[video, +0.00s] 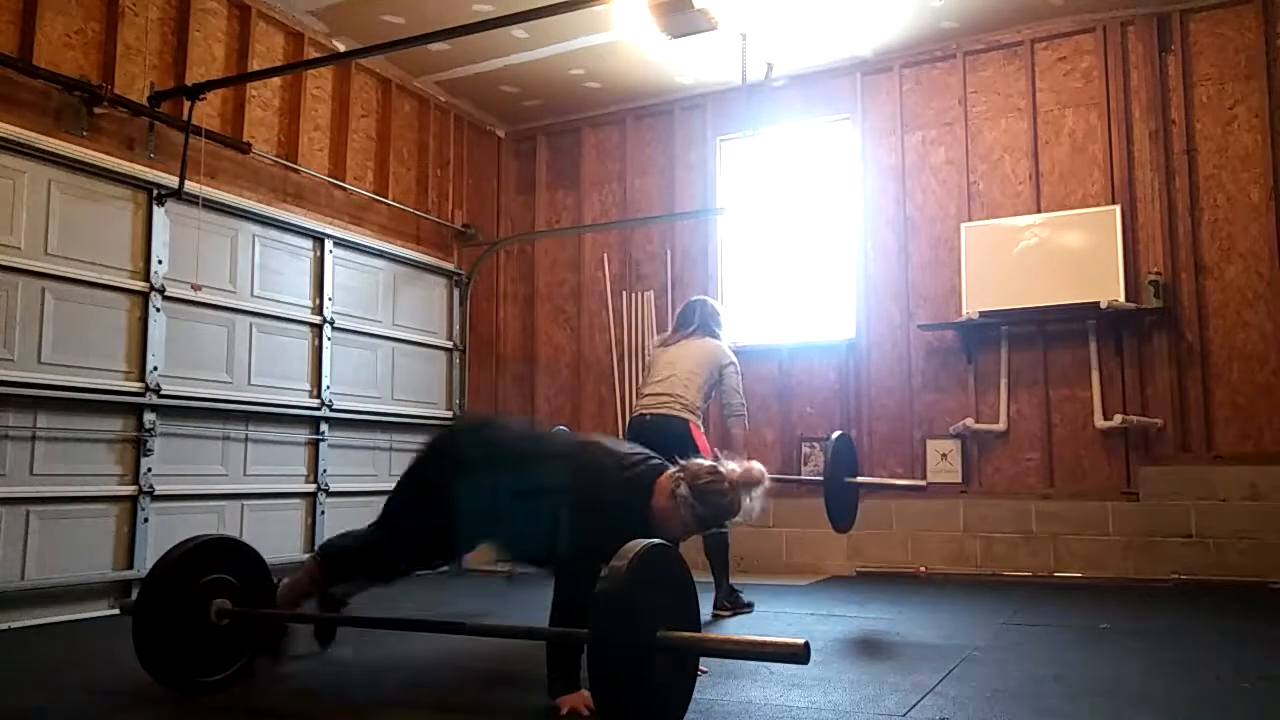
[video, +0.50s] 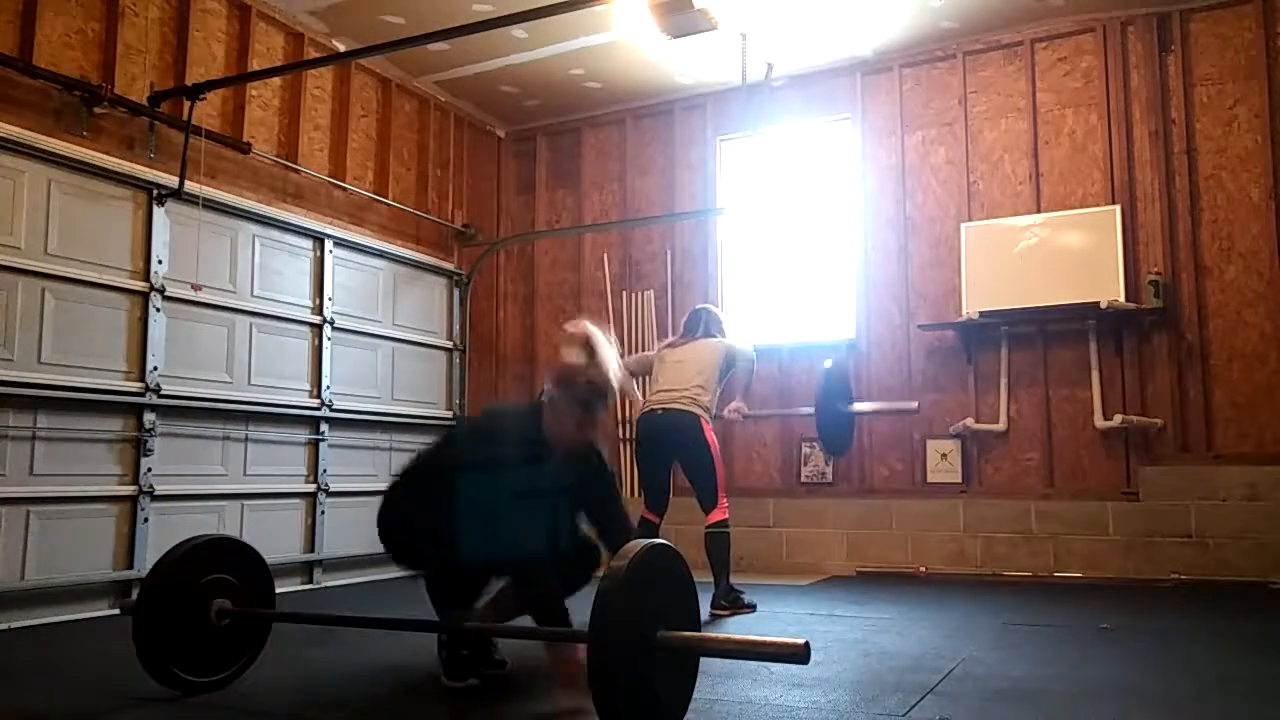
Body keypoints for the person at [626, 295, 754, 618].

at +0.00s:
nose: (722, 329)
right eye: (720, 323)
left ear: (680, 320)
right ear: (714, 323)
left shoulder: (660, 347)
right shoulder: (720, 351)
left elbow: (646, 390)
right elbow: (735, 408)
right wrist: (739, 461)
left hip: (639, 425)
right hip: (679, 428)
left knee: (648, 509)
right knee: (711, 507)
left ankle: (647, 593)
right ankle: (724, 592)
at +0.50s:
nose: (724, 332)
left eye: (722, 328)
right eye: (722, 327)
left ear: (687, 328)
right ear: (716, 328)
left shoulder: (665, 352)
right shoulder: (720, 346)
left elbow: (625, 364)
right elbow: (747, 356)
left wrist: (637, 399)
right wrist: (738, 399)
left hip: (650, 422)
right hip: (689, 422)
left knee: (653, 506)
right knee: (715, 507)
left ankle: (631, 585)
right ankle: (723, 592)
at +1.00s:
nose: (727, 342)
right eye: (727, 337)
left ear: (692, 331)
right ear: (721, 333)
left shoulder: (669, 351)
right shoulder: (729, 349)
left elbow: (636, 391)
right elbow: (745, 381)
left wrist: (643, 426)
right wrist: (745, 429)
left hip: (646, 425)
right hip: (686, 425)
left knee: (653, 506)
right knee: (715, 508)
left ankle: (632, 587)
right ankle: (723, 592)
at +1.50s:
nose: (737, 361)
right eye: (736, 356)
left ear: (698, 347)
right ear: (729, 353)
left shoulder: (675, 363)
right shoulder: (732, 370)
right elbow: (746, 421)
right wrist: (746, 468)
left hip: (643, 428)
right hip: (683, 430)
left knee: (650, 509)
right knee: (716, 509)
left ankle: (634, 587)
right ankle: (723, 592)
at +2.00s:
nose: (755, 407)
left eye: (759, 402)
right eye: (755, 398)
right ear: (739, 381)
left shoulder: (696, 378)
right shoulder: (709, 384)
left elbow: (670, 444)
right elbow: (698, 433)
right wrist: (716, 480)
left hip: (619, 442)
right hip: (634, 442)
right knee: (694, 507)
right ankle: (717, 584)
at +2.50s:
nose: (740, 453)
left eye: (744, 447)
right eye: (740, 445)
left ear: (741, 439)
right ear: (730, 433)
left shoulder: (713, 447)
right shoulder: (681, 434)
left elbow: (726, 506)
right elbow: (674, 503)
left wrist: (746, 561)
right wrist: (694, 558)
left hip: (627, 446)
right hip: (593, 432)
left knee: (633, 518)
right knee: (580, 513)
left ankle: (597, 579)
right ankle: (533, 589)